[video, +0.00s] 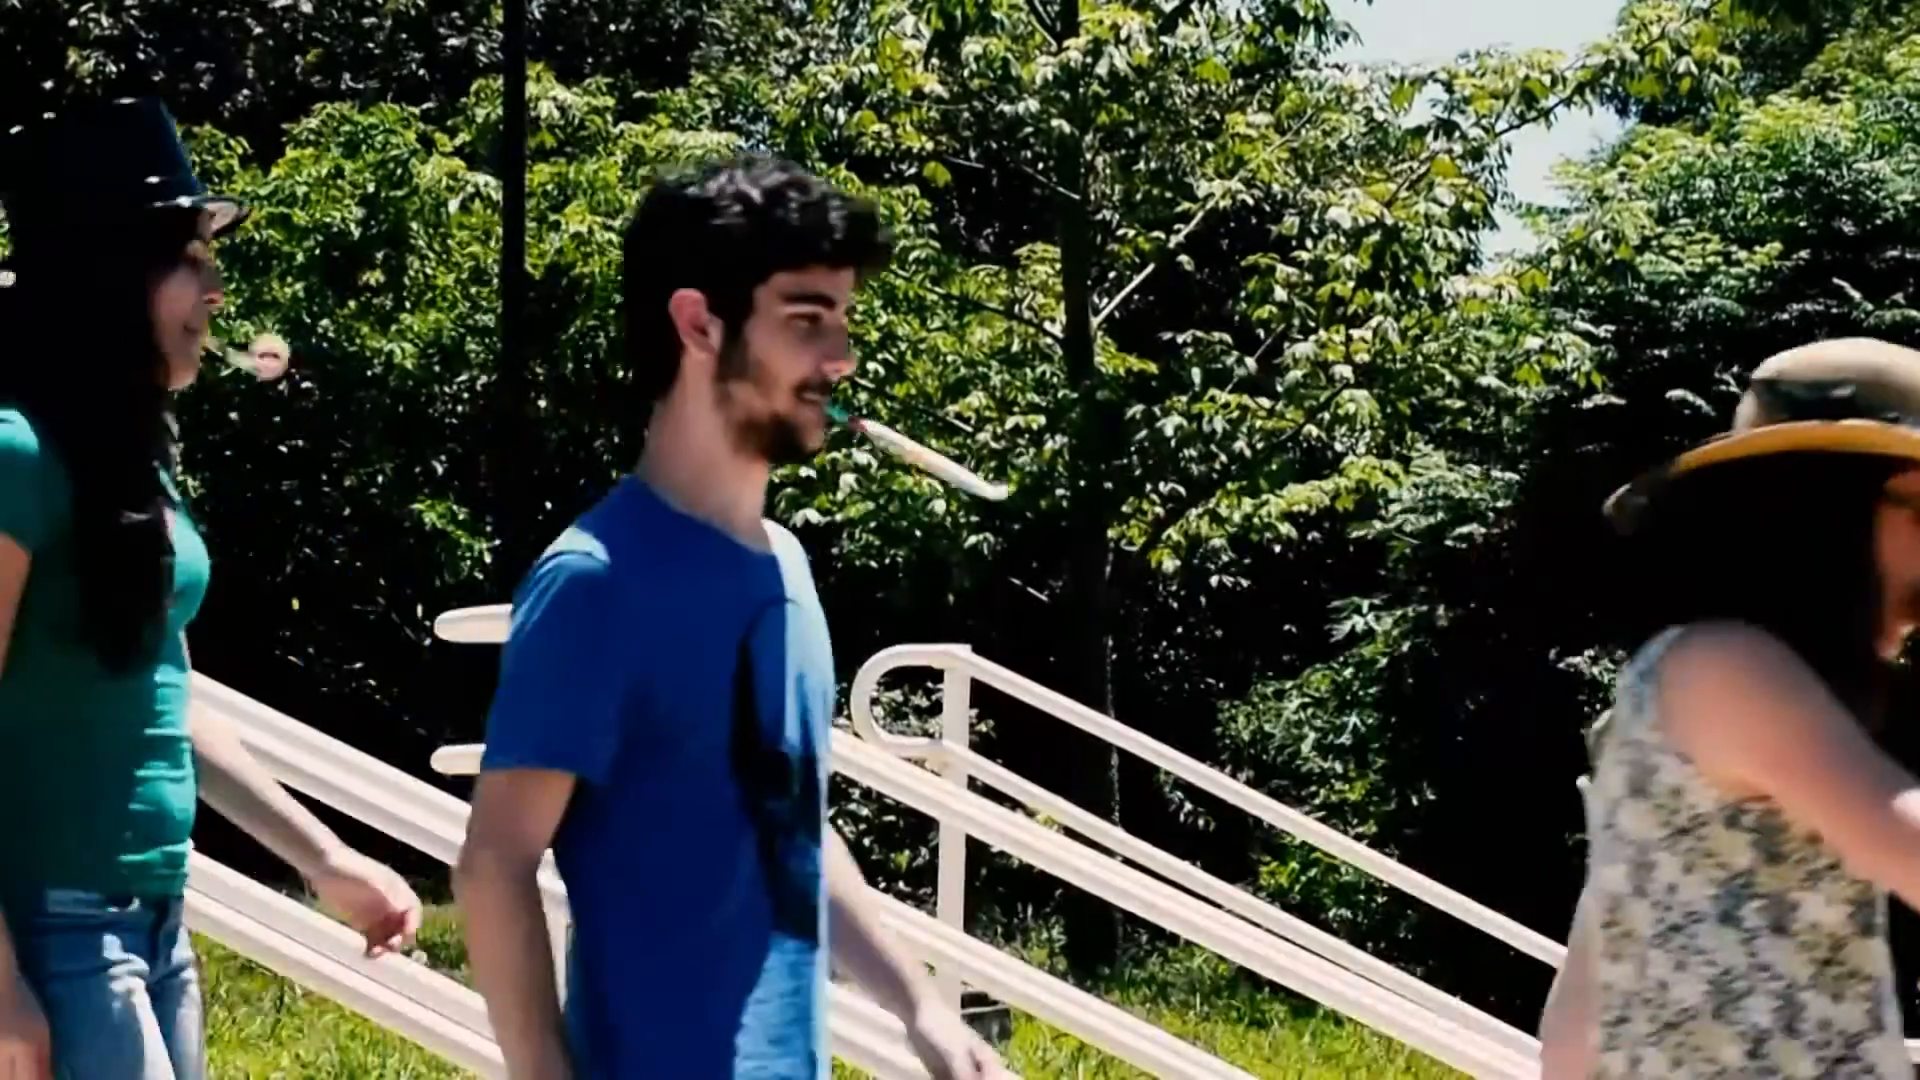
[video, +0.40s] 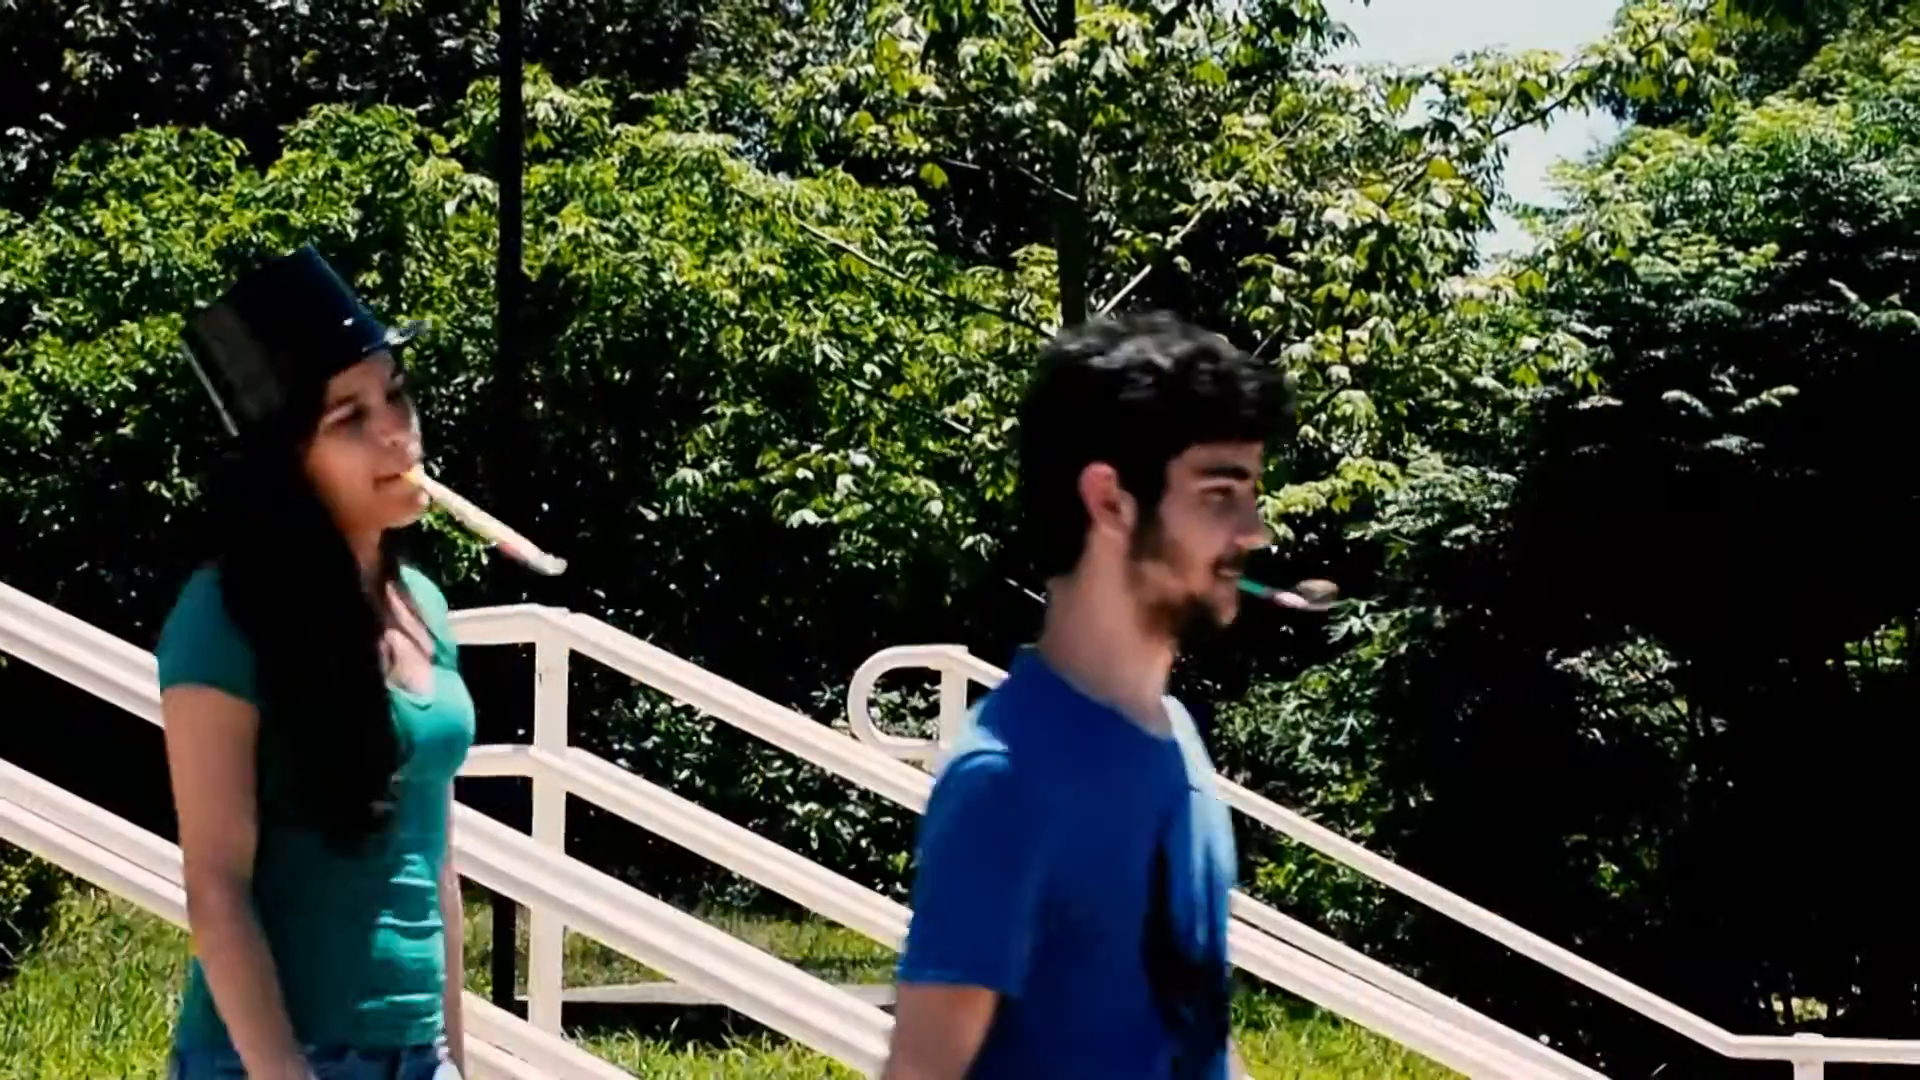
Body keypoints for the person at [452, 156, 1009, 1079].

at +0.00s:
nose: (842, 359)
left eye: (842, 324)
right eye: (808, 317)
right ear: (699, 323)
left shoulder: (782, 561)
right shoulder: (593, 583)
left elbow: (794, 827)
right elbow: (493, 869)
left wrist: (920, 1007)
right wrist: (545, 1071)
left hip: (787, 1050)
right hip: (657, 1053)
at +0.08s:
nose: (907, 362)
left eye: (906, 325)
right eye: (874, 320)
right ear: (764, 327)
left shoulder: (840, 567)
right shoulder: (662, 589)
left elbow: (852, 834)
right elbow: (553, 876)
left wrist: (999, 969)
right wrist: (608, 1068)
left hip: (848, 1050)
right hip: (722, 1054)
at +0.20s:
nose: (1020, 427)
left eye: (1018, 388)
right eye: (983, 386)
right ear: (875, 393)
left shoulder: (933, 627)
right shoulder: (773, 652)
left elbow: (949, 892)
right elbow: (656, 940)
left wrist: (1114, 1003)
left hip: (953, 1059)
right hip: (828, 1061)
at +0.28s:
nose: (1109, 489)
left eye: (1105, 450)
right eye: (1072, 446)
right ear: (961, 455)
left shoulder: (1016, 674)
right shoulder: (864, 722)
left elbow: (1037, 948)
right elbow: (742, 1011)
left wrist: (1197, 1070)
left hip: (1033, 1062)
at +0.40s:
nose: (1256, 532)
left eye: (1252, 497)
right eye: (1221, 493)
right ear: (1110, 500)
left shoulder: (1175, 730)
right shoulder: (1002, 782)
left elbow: (1180, 1019)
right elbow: (921, 1066)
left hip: (1198, 1062)